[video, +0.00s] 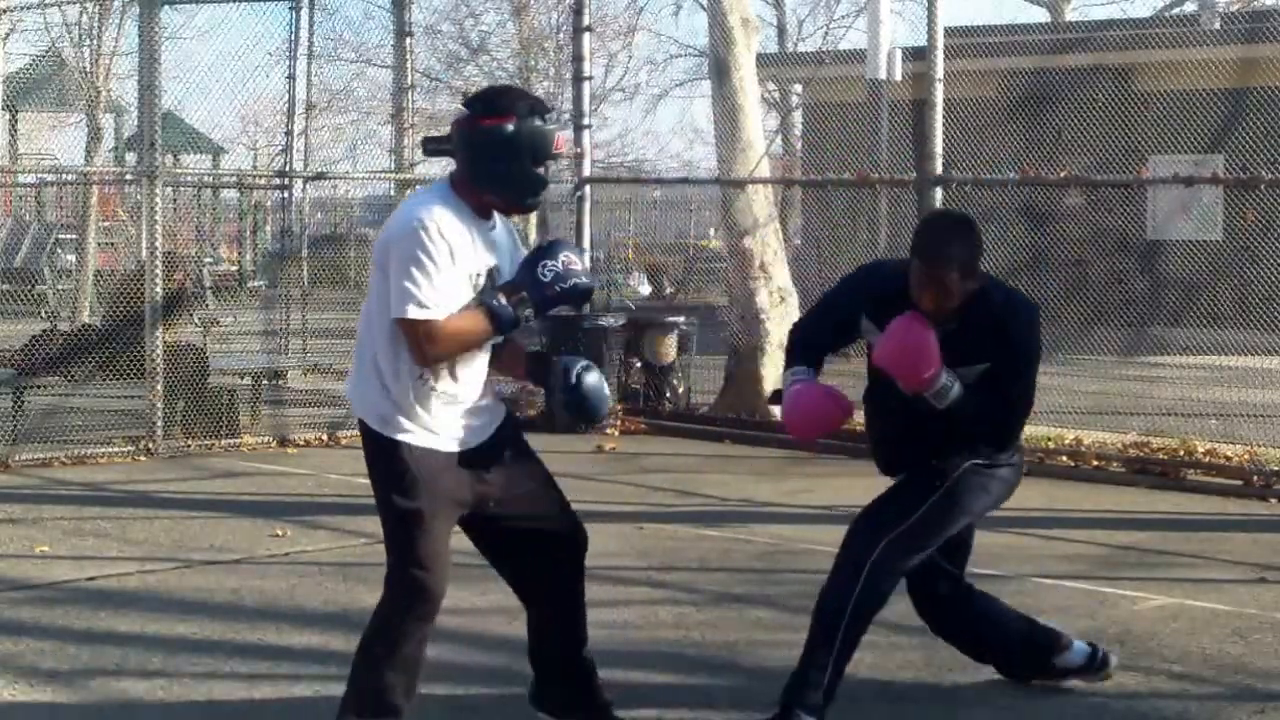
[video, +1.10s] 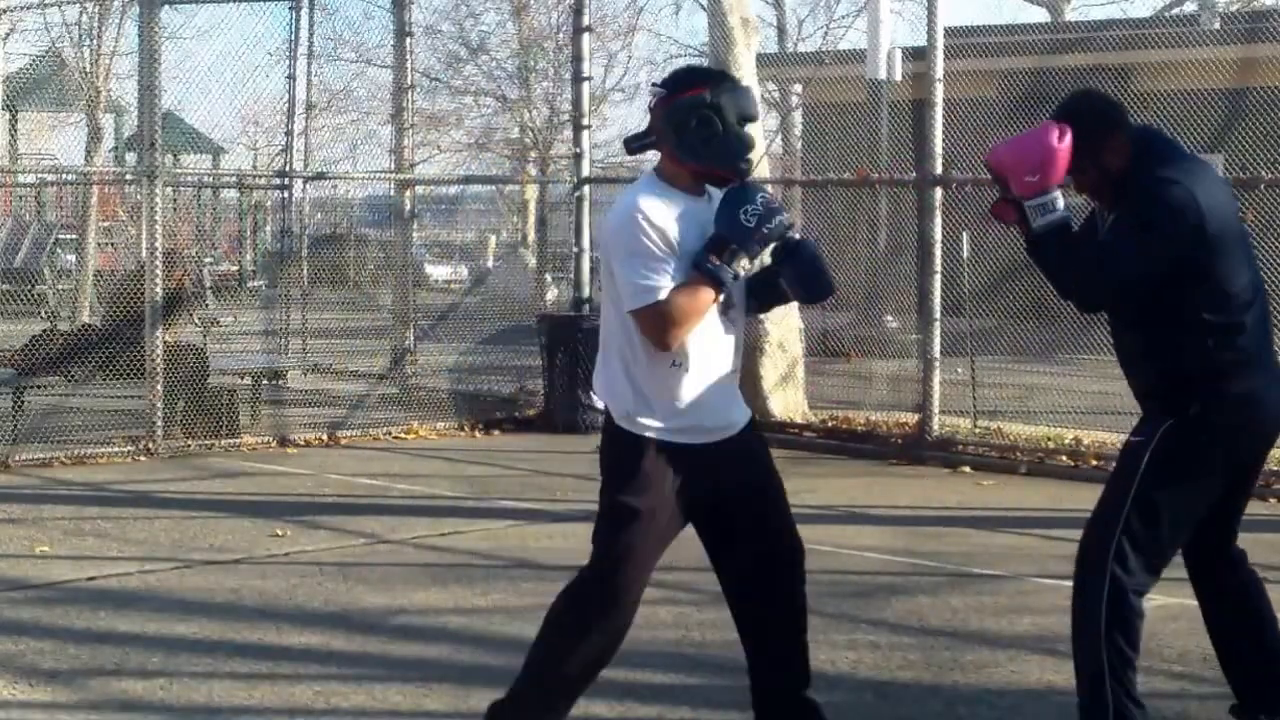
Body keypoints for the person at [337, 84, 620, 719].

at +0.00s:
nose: (538, 180)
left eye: (538, 167)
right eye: (528, 167)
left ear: (495, 164)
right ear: (489, 164)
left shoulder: (498, 227)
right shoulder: (423, 226)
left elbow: (483, 345)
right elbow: (427, 343)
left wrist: (550, 373)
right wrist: (517, 301)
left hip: (480, 422)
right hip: (410, 430)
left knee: (556, 548)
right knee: (419, 587)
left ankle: (567, 696)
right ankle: (368, 712)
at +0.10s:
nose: (524, 150)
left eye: (522, 136)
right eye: (514, 136)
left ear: (461, 137)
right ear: (490, 142)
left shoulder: (495, 207)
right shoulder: (411, 212)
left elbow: (521, 305)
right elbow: (417, 331)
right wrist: (504, 274)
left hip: (480, 418)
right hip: (409, 426)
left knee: (539, 552)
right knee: (403, 588)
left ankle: (555, 702)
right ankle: (361, 712)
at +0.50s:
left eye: (582, 106)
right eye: (574, 107)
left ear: (513, 112)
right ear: (558, 117)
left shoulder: (550, 194)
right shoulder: (485, 187)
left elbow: (568, 302)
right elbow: (500, 299)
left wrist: (622, 259)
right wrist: (576, 245)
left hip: (540, 407)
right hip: (483, 405)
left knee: (546, 555)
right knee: (491, 564)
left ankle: (519, 701)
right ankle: (448, 708)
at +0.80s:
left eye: (615, 123)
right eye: (600, 125)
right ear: (571, 125)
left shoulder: (602, 191)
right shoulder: (518, 202)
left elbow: (596, 305)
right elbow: (538, 320)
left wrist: (645, 301)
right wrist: (607, 252)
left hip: (606, 421)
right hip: (536, 430)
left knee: (653, 554)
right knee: (517, 598)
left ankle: (622, 693)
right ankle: (487, 712)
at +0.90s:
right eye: (624, 113)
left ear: (600, 123)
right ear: (611, 128)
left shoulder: (637, 200)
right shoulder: (557, 207)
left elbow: (635, 319)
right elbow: (577, 326)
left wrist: (677, 300)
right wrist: (641, 259)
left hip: (639, 426)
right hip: (568, 432)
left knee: (686, 585)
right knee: (534, 601)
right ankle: (484, 716)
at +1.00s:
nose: (685, 176)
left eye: (689, 163)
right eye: (673, 159)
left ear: (656, 151)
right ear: (649, 154)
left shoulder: (685, 208)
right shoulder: (605, 221)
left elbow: (676, 305)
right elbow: (633, 333)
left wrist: (735, 297)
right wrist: (695, 259)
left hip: (693, 435)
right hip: (621, 445)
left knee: (746, 585)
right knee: (574, 604)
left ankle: (789, 711)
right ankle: (495, 714)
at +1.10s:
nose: (741, 139)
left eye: (739, 127)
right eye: (727, 128)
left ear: (677, 133)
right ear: (701, 134)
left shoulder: (728, 206)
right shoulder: (636, 214)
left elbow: (723, 305)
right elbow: (664, 329)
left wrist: (778, 285)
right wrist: (726, 254)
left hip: (727, 433)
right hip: (648, 440)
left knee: (774, 581)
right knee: (609, 598)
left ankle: (788, 712)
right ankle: (519, 715)